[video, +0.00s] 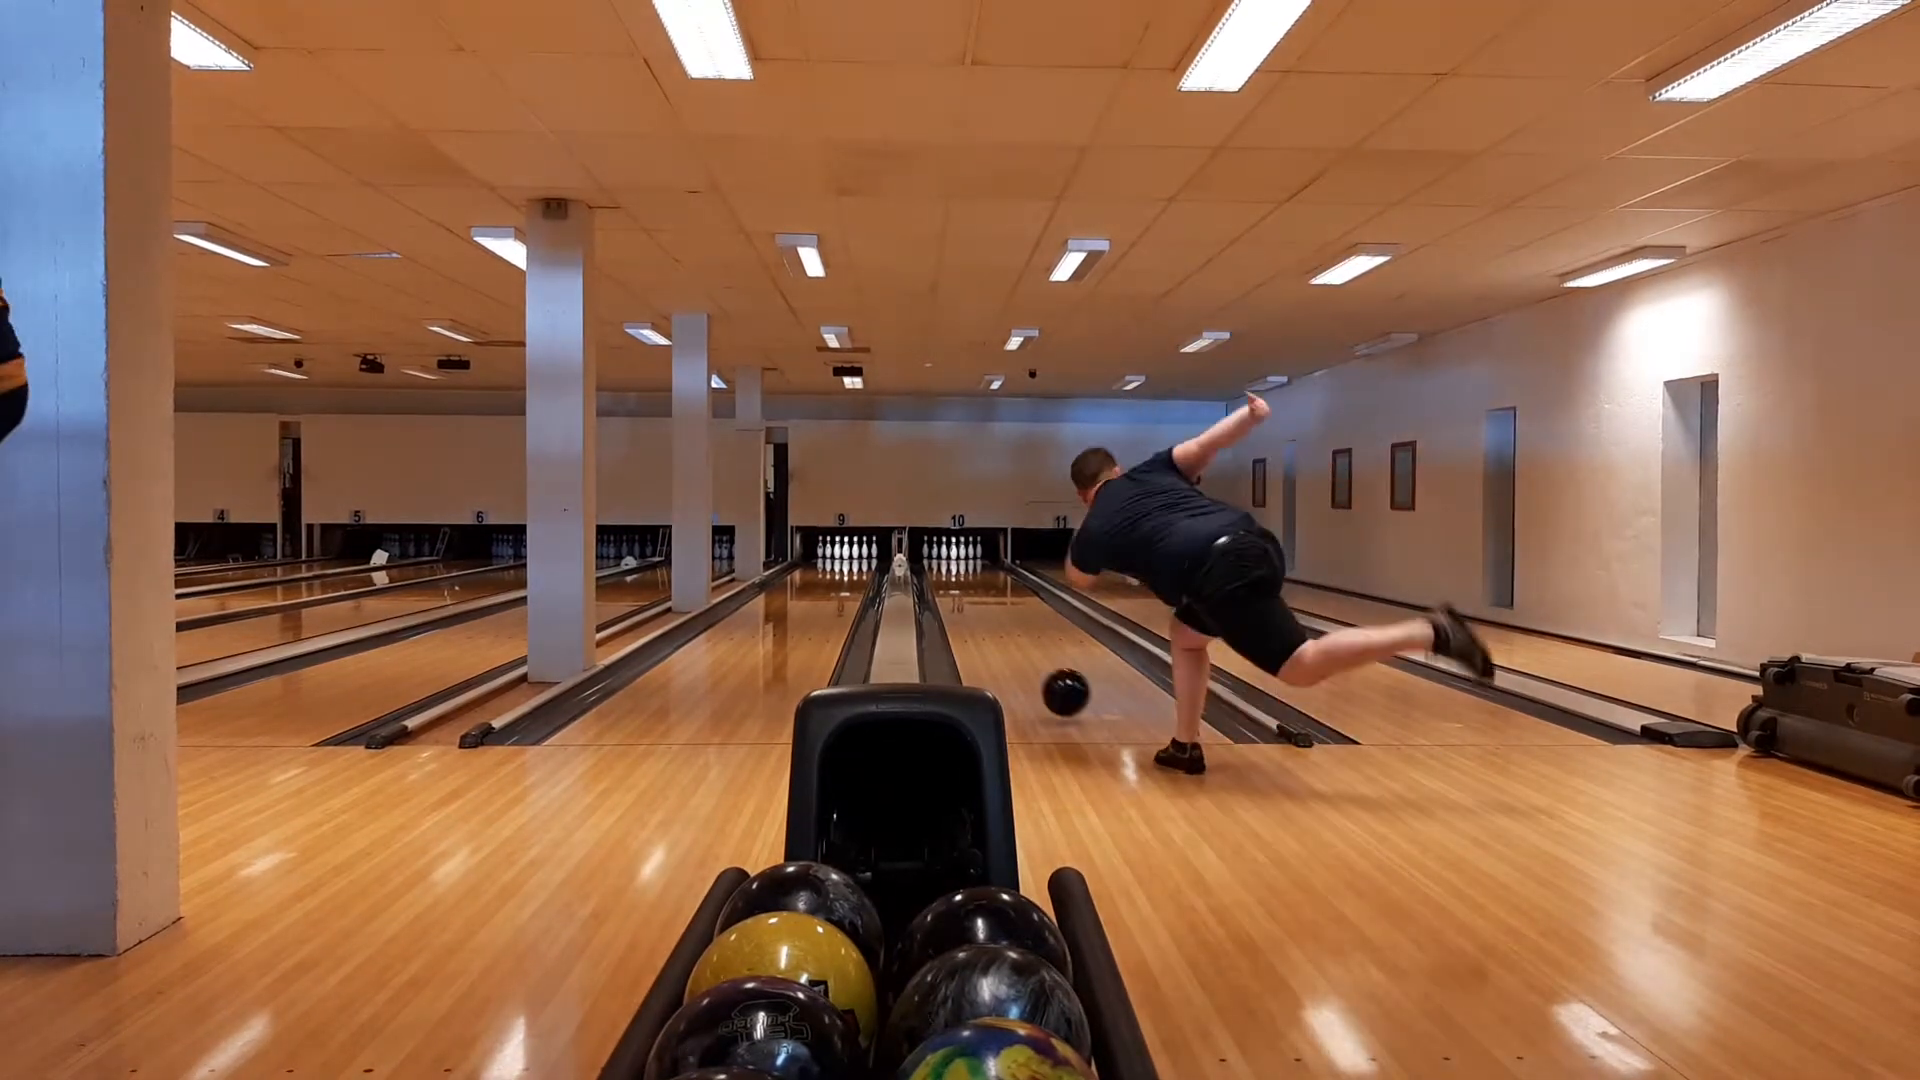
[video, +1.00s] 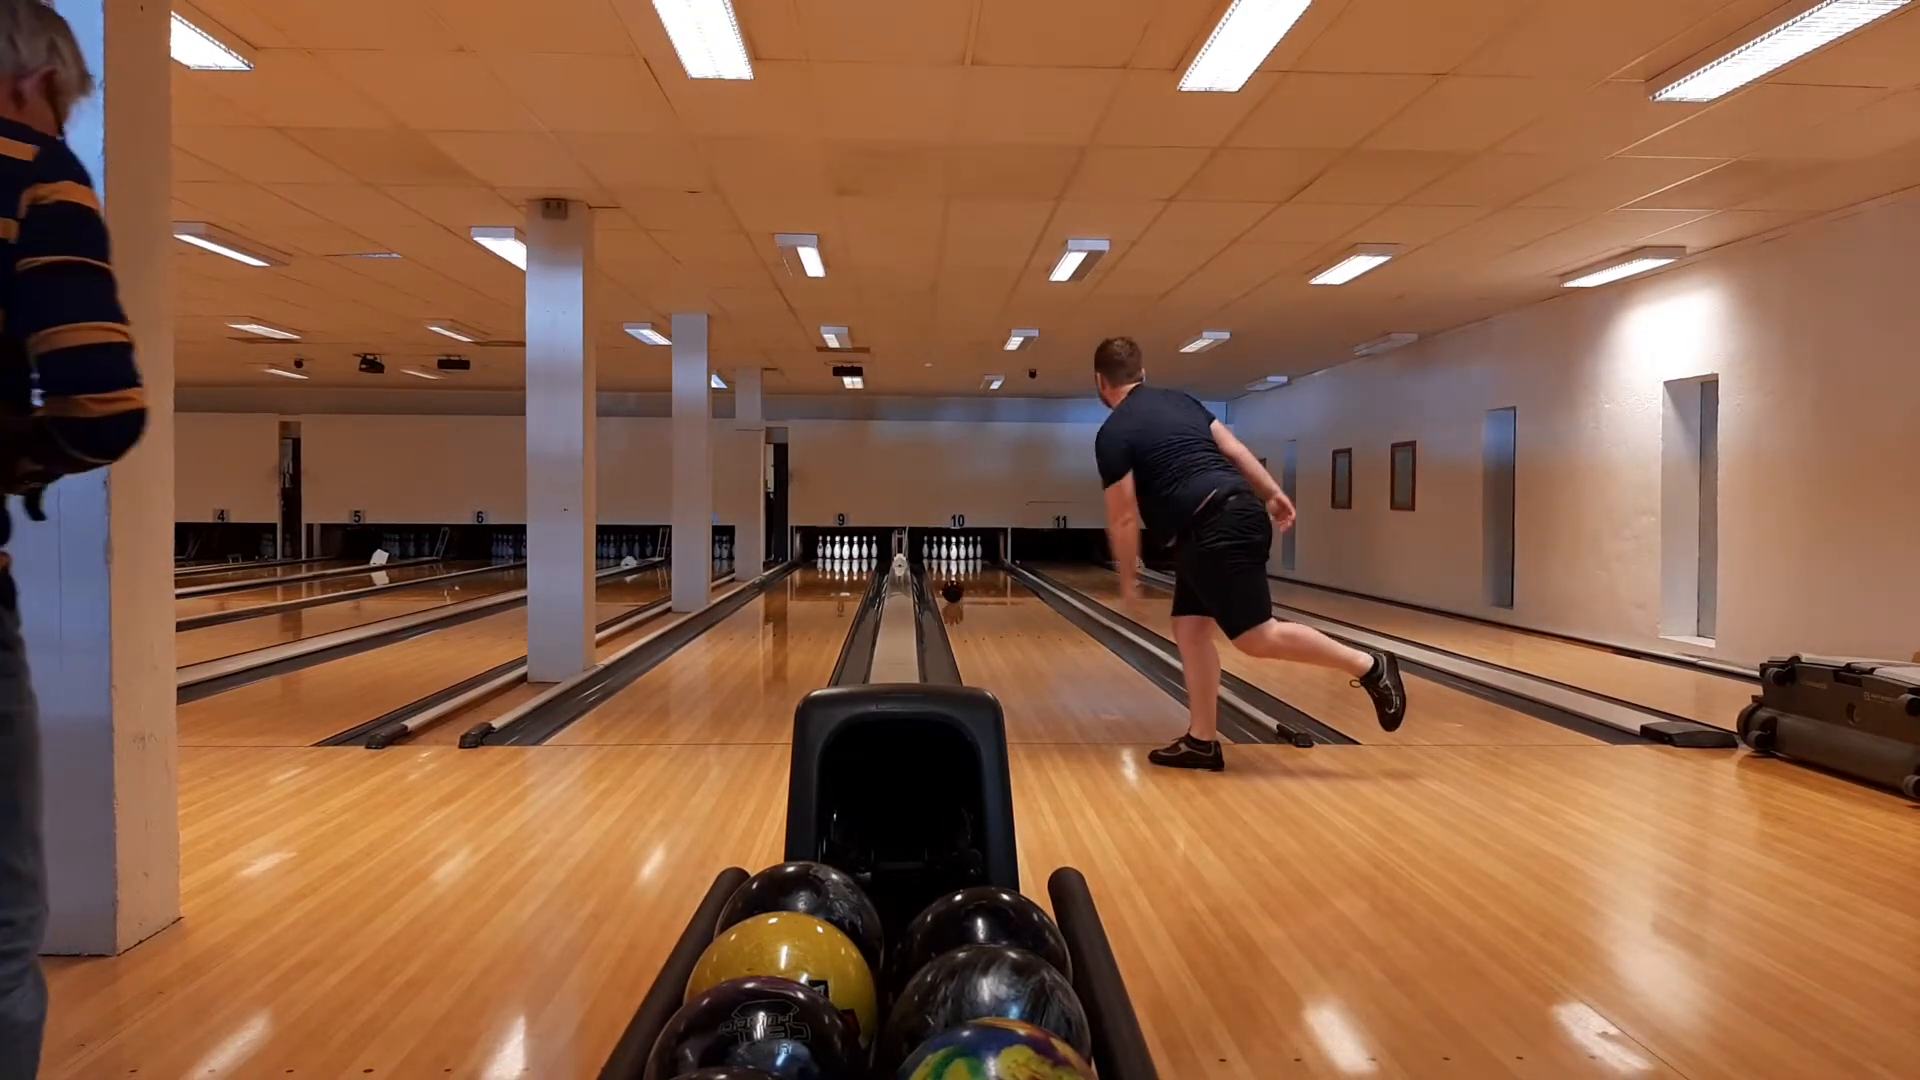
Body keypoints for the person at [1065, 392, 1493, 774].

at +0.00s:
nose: (1082, 506)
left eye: (1079, 498)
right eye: (1086, 496)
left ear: (1085, 491)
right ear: (1117, 468)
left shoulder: (1094, 525)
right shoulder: (1159, 466)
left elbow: (1078, 578)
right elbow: (1209, 444)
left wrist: (1099, 534)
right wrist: (1251, 412)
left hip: (1215, 571)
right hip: (1257, 544)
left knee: (1301, 664)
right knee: (1185, 636)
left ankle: (1432, 632)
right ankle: (1186, 746)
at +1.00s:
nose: (1099, 389)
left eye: (1097, 383)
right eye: (1102, 383)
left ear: (1101, 383)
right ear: (1141, 374)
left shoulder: (1114, 432)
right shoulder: (1181, 401)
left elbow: (1124, 517)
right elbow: (1233, 448)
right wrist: (1272, 492)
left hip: (1216, 520)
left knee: (1256, 636)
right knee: (1192, 628)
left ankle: (1371, 666)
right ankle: (1202, 740)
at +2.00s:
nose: (1131, 364)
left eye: (1130, 358)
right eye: (1135, 358)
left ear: (1134, 357)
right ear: (1176, 353)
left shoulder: (1148, 394)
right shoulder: (1212, 388)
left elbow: (1171, 422)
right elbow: (1255, 438)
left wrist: (1190, 463)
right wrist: (1295, 481)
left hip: (1224, 522)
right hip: (1244, 514)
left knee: (1256, 638)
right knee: (1203, 626)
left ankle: (1367, 687)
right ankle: (1204, 740)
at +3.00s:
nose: (1317, 334)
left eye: (1318, 326)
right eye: (1321, 326)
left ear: (1327, 329)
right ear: (1369, 330)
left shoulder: (1330, 389)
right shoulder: (1406, 380)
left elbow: (1329, 467)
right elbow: (1432, 454)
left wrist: (1324, 537)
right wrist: (1460, 508)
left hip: (1362, 534)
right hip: (1406, 534)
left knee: (1350, 651)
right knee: (1323, 630)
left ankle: (1406, 759)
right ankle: (1309, 743)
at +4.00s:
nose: (1509, 312)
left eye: (1515, 301)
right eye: (1508, 302)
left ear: (1551, 299)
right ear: (1548, 301)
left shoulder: (1576, 356)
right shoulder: (1557, 359)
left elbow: (1570, 448)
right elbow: (1565, 449)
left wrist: (1521, 526)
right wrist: (1527, 527)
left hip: (1588, 531)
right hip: (1555, 532)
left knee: (1597, 669)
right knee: (1559, 664)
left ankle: (1634, 806)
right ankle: (1541, 783)